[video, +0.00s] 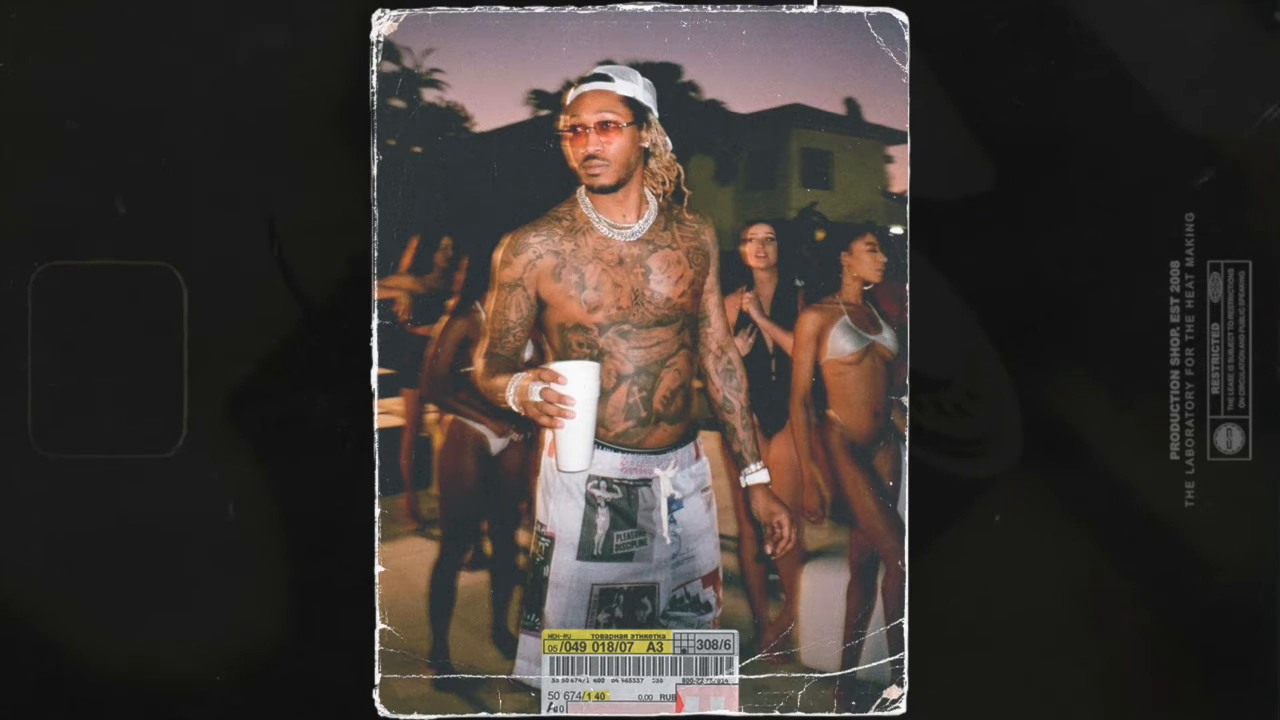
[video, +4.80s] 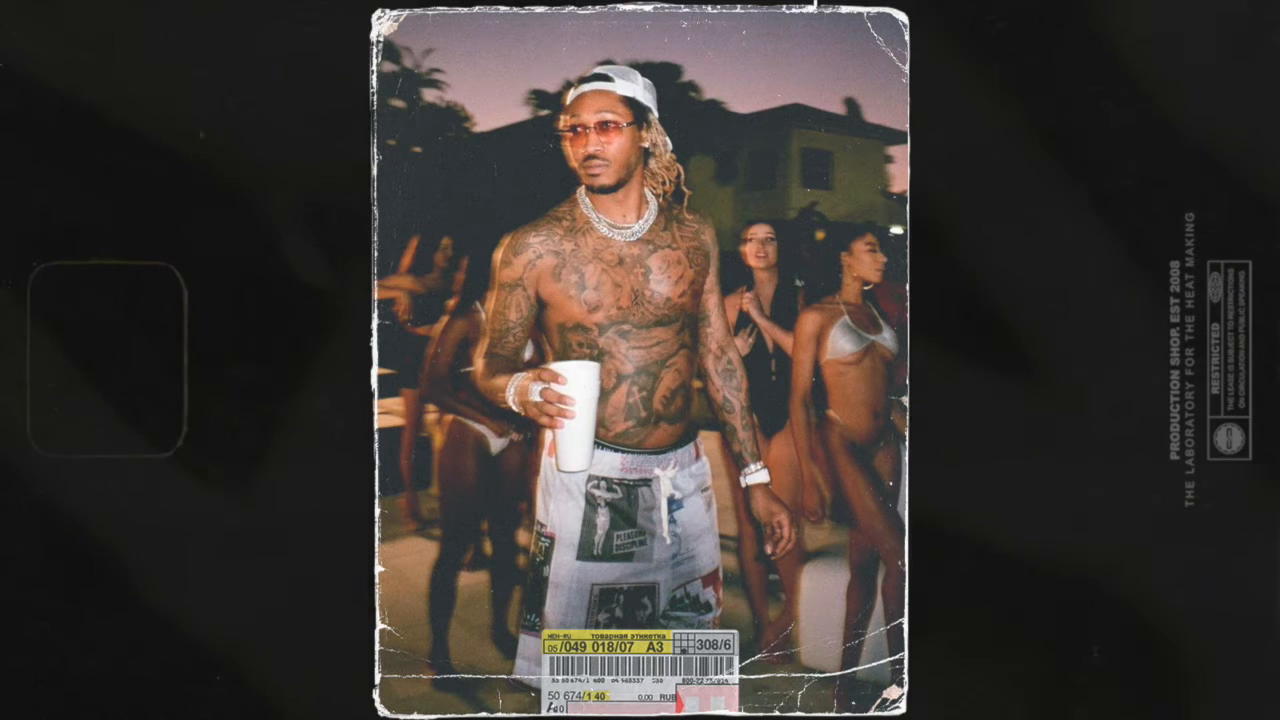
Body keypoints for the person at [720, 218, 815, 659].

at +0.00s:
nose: (759, 249)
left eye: (767, 242)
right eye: (751, 242)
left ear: (781, 249)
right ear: (741, 250)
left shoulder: (797, 296)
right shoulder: (730, 300)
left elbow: (803, 351)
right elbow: (714, 364)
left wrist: (761, 317)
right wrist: (735, 342)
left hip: (784, 419)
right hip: (739, 420)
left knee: (783, 521)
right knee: (748, 525)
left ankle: (794, 612)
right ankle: (762, 621)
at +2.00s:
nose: (760, 249)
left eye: (768, 242)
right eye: (752, 242)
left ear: (781, 249)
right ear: (741, 250)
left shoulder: (798, 296)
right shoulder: (731, 301)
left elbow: (804, 352)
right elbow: (713, 365)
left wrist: (761, 319)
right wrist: (733, 348)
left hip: (784, 419)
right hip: (739, 420)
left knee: (784, 521)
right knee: (749, 527)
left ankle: (793, 613)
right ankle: (762, 622)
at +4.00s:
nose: (760, 249)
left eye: (768, 241)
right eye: (752, 242)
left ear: (780, 249)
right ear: (741, 250)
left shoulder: (797, 296)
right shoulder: (729, 300)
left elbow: (802, 351)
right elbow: (712, 364)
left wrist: (761, 318)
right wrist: (734, 347)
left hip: (783, 420)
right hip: (738, 421)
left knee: (783, 520)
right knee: (749, 527)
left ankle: (793, 613)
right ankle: (762, 622)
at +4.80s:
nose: (760, 249)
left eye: (768, 241)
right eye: (752, 242)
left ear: (781, 249)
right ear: (741, 250)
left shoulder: (797, 296)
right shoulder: (730, 299)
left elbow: (803, 352)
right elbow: (714, 364)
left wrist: (761, 317)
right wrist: (735, 337)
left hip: (784, 420)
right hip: (738, 420)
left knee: (783, 521)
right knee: (749, 525)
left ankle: (793, 614)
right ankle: (762, 623)